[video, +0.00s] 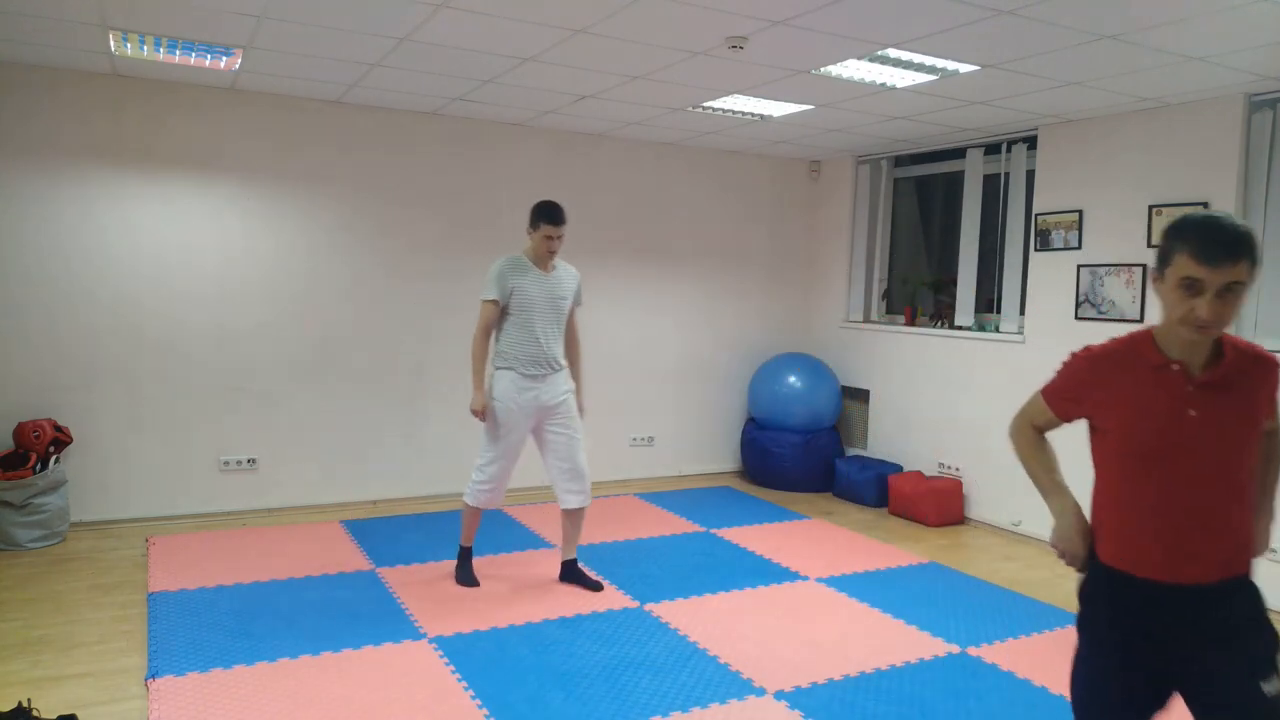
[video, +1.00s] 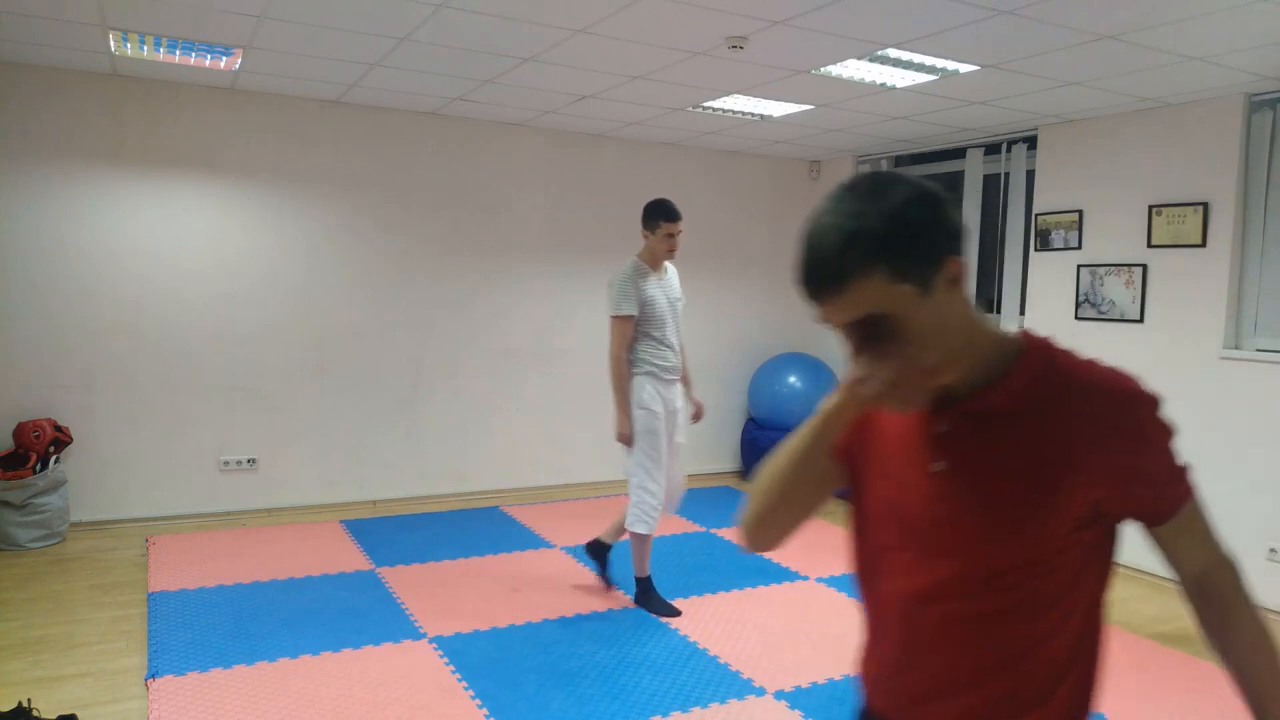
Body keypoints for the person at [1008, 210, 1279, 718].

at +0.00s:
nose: (1208, 310)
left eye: (1229, 292)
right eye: (1191, 287)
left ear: (1246, 292)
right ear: (1159, 281)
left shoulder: (1263, 375)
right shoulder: (1101, 369)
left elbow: (1270, 434)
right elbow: (1025, 427)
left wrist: (1260, 516)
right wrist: (1066, 514)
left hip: (1227, 611)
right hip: (1123, 609)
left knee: (1253, 710)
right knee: (1103, 710)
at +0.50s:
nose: (1180, 328)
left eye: (1206, 304)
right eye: (1162, 305)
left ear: (1256, 294)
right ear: (1144, 293)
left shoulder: (1273, 396)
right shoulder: (1111, 398)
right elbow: (1055, 487)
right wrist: (1061, 547)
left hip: (1254, 689)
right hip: (1124, 678)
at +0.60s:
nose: (1114, 340)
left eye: (1137, 314)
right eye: (1095, 316)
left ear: (1196, 293)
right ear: (1082, 304)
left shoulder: (1267, 405)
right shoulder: (1069, 404)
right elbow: (1013, 510)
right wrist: (1032, 527)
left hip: (1219, 701)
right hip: (1078, 690)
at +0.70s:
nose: (1041, 344)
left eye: (1060, 317)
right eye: (1024, 322)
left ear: (1127, 287)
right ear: (1012, 307)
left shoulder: (1240, 403)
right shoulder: (1019, 402)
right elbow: (949, 554)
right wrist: (992, 488)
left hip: (1175, 706)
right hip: (1035, 692)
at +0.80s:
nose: (976, 351)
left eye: (991, 324)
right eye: (960, 330)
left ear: (1061, 286)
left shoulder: (1197, 397)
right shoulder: (966, 396)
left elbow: (1276, 540)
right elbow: (892, 541)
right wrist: (962, 430)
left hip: (1133, 708)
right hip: (994, 696)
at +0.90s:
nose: (920, 353)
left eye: (935, 328)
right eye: (903, 335)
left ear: (1004, 285)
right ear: (891, 320)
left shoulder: (1149, 398)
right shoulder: (919, 396)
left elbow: (1247, 559)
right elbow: (827, 524)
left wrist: (1279, 693)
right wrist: (912, 394)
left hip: (1084, 709)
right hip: (946, 700)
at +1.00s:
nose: (862, 366)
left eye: (878, 331)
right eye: (843, 339)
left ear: (953, 281)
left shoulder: (1102, 412)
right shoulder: (869, 412)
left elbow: (1211, 582)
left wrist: (1267, 709)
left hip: (1034, 712)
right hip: (889, 708)